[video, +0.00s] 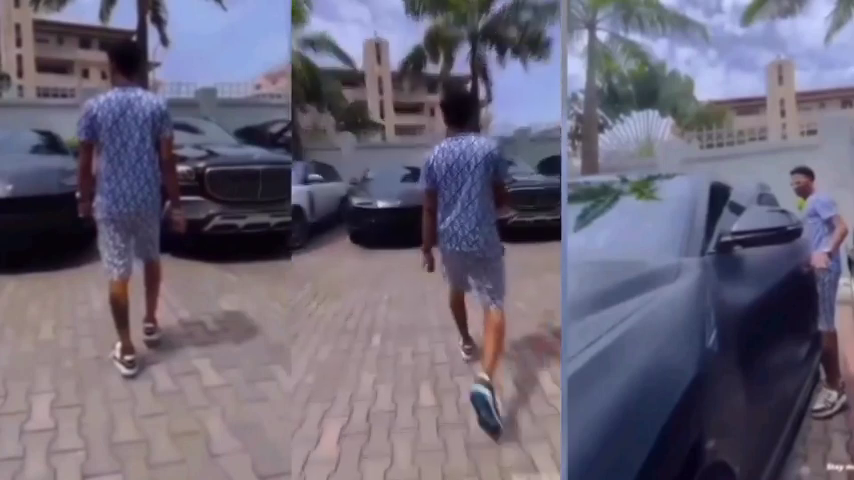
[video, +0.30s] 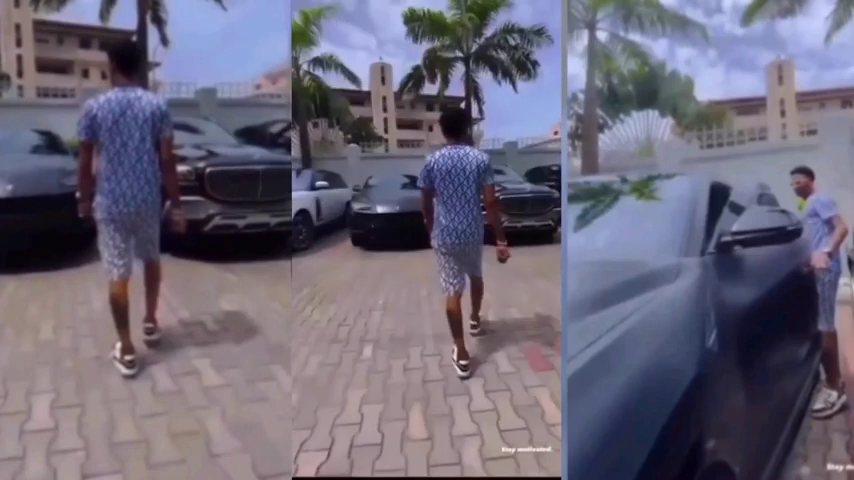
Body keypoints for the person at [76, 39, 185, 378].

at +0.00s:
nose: (110, 72)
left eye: (110, 66)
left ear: (112, 68)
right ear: (142, 67)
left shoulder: (96, 107)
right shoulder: (156, 106)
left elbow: (85, 161)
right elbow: (167, 160)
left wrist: (85, 199)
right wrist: (175, 202)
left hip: (110, 201)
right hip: (147, 200)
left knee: (118, 273)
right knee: (151, 260)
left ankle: (125, 348)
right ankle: (150, 319)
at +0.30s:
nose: (110, 72)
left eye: (110, 66)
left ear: (112, 68)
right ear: (142, 67)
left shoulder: (96, 107)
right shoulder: (156, 106)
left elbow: (85, 161)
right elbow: (167, 160)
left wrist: (85, 199)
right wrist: (175, 202)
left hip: (110, 201)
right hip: (147, 200)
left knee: (118, 273)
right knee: (151, 260)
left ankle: (125, 348)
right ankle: (150, 319)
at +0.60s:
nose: (110, 71)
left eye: (110, 66)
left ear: (112, 68)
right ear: (142, 67)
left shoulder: (95, 107)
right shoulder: (156, 106)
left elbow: (85, 161)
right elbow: (167, 160)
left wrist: (84, 199)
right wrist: (175, 202)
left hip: (110, 201)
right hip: (147, 200)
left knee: (118, 273)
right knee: (151, 260)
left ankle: (125, 348)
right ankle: (150, 319)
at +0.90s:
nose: (110, 71)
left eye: (110, 66)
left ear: (112, 68)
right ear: (142, 67)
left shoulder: (95, 107)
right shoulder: (156, 106)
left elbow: (85, 161)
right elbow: (167, 160)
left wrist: (84, 199)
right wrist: (175, 202)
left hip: (110, 201)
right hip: (147, 200)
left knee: (118, 273)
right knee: (151, 260)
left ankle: (125, 348)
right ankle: (150, 319)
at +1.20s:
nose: (110, 71)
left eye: (110, 66)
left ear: (112, 68)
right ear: (142, 67)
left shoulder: (95, 107)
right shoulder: (156, 106)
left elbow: (85, 161)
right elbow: (167, 160)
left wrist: (84, 199)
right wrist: (175, 202)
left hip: (110, 201)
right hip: (147, 200)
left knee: (118, 273)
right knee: (151, 260)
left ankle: (125, 348)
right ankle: (150, 319)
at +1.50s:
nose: (110, 71)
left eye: (110, 66)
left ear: (112, 68)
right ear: (142, 67)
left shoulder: (95, 107)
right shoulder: (156, 106)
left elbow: (85, 161)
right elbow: (167, 160)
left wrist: (84, 199)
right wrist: (175, 202)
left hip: (110, 201)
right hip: (147, 200)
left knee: (118, 273)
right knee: (151, 260)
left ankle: (125, 348)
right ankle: (150, 319)